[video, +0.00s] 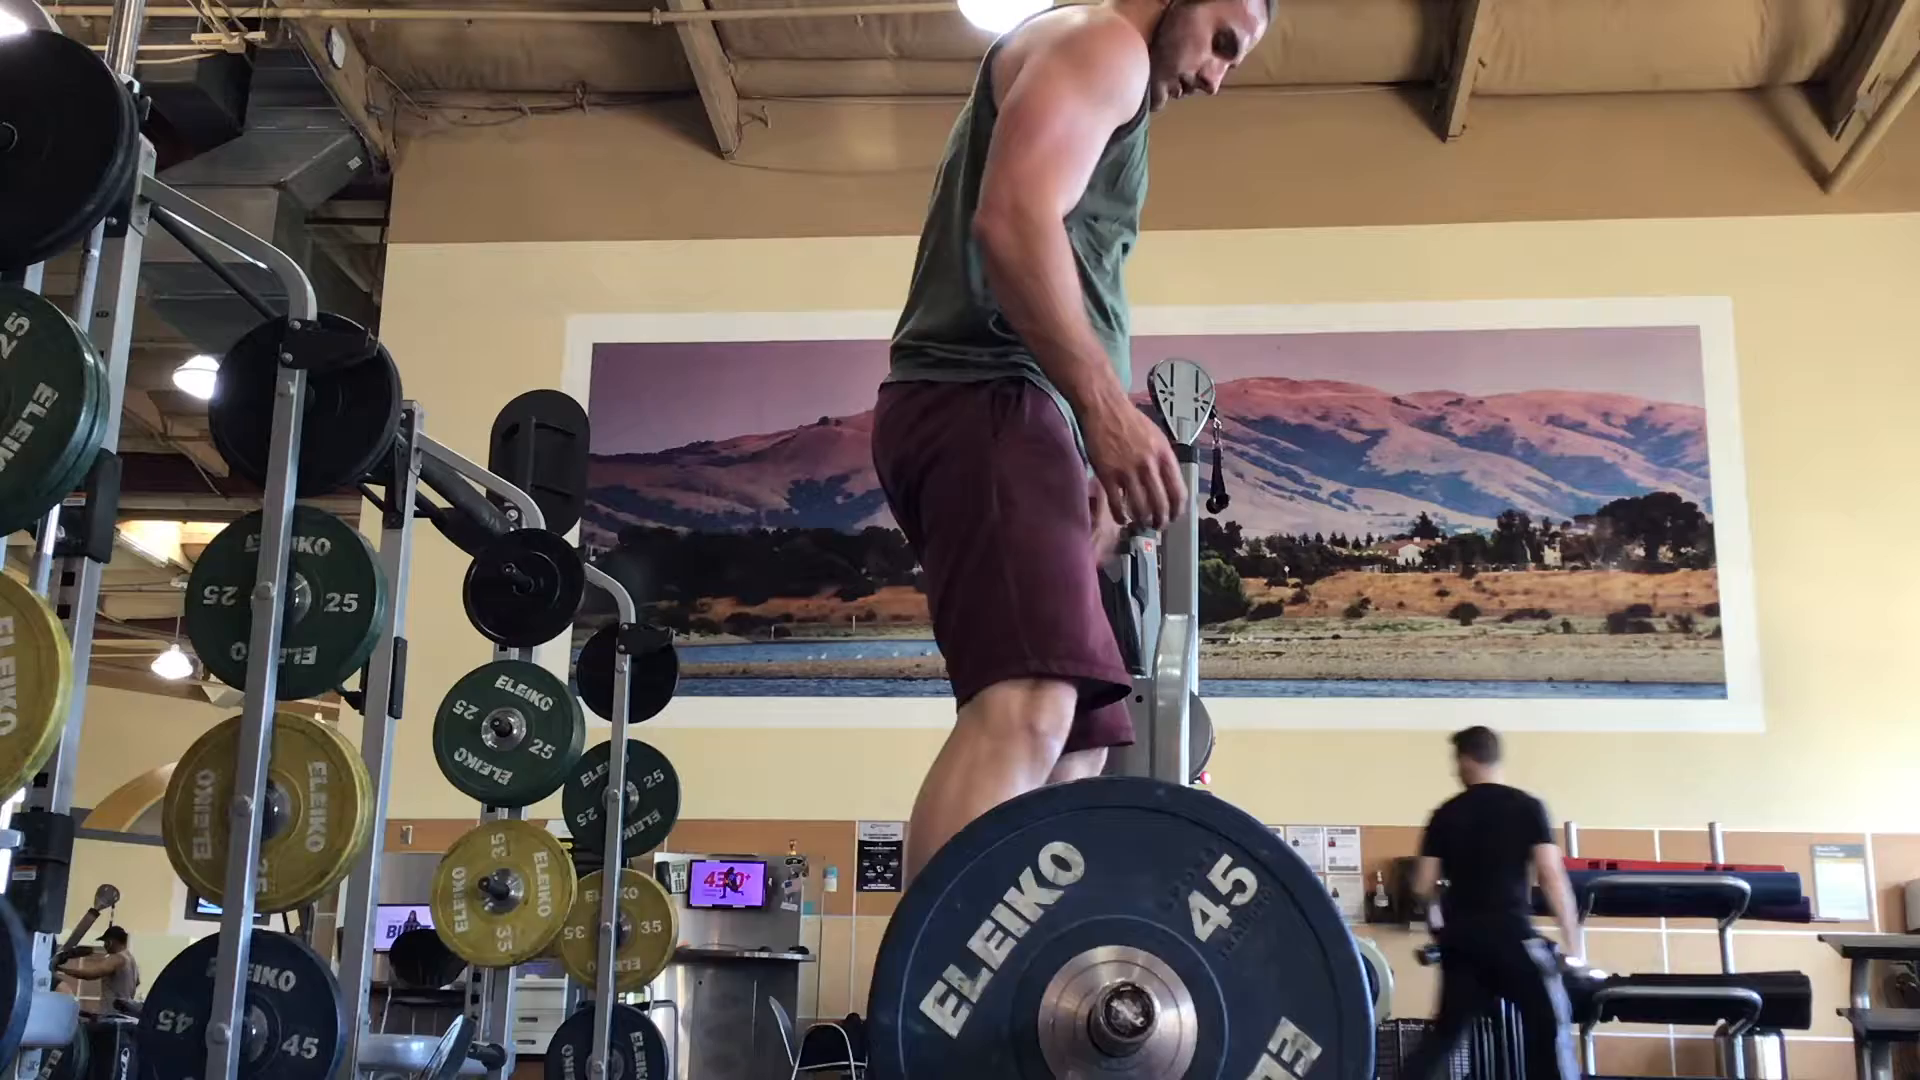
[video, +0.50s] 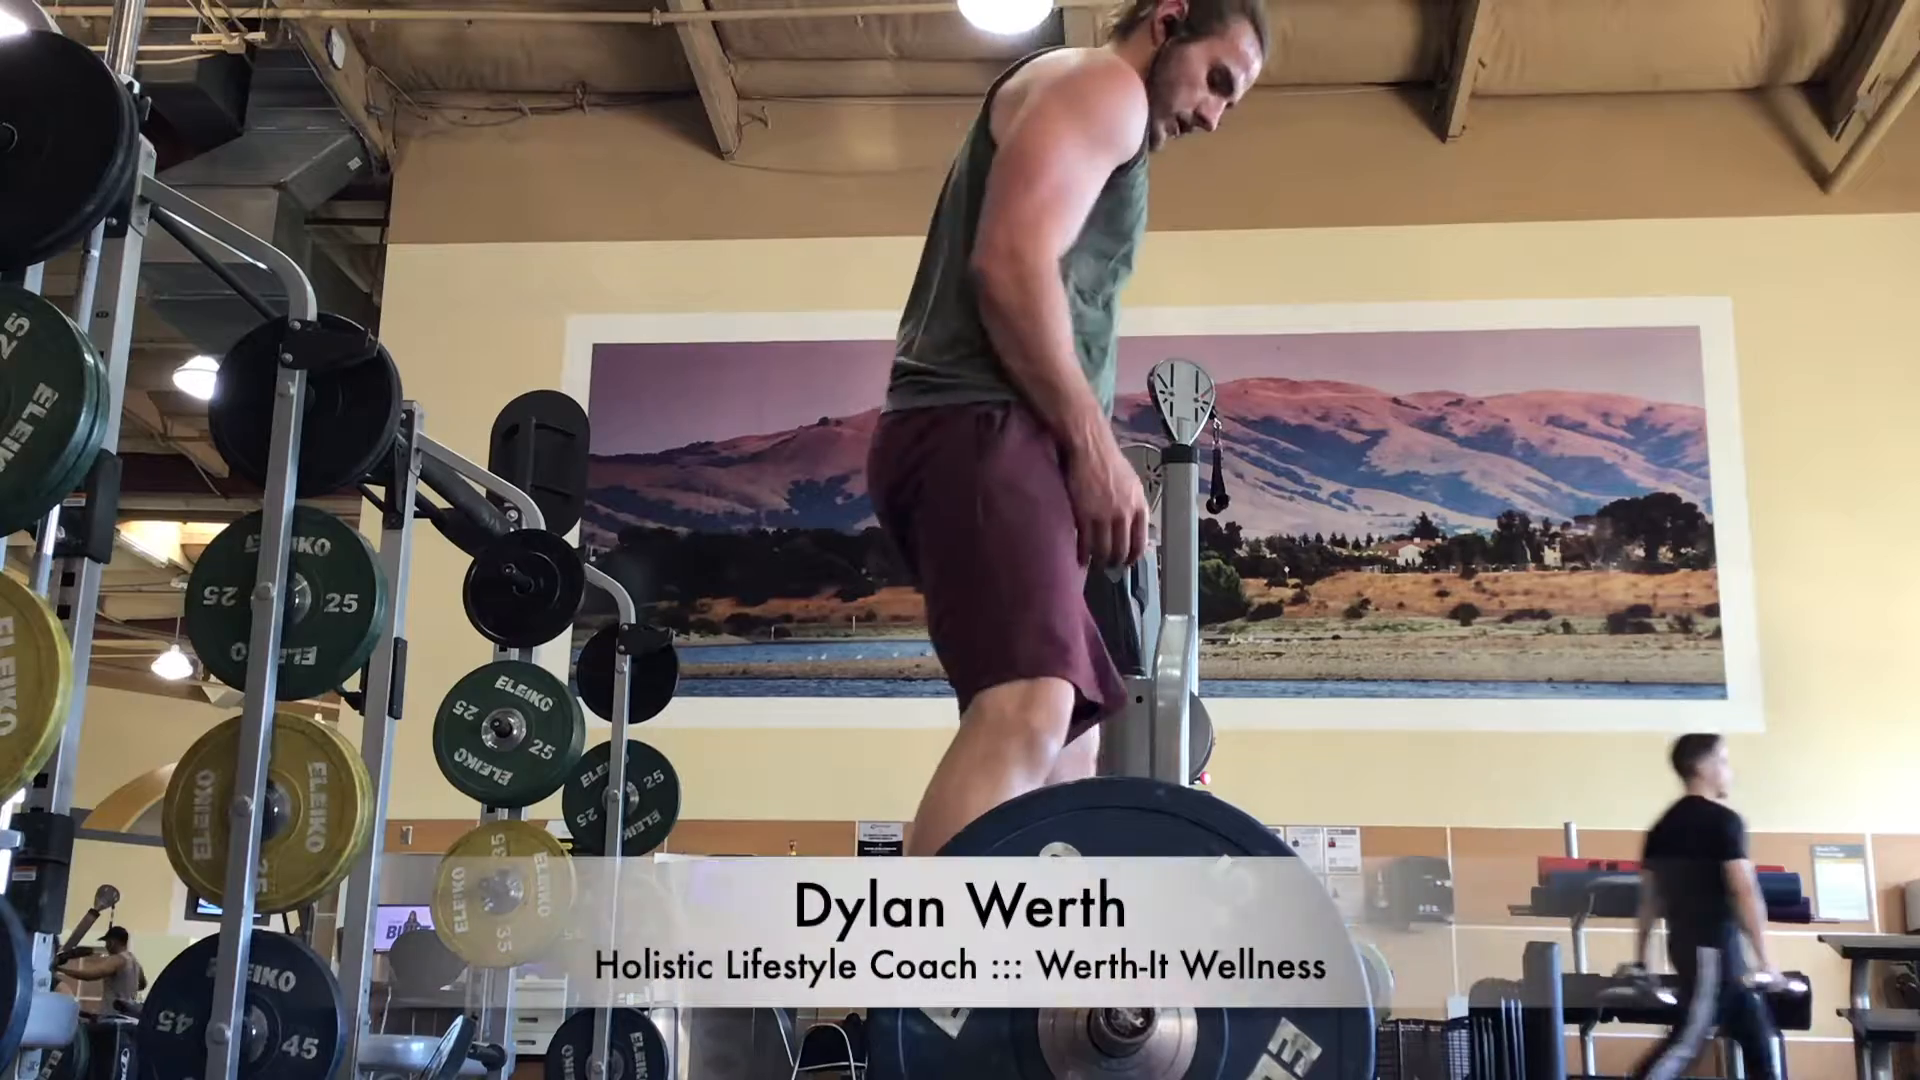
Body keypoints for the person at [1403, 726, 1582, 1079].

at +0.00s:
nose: (1456, 768)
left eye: (1457, 760)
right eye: (1457, 760)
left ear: (1465, 761)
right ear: (1498, 759)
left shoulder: (1445, 814)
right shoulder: (1527, 807)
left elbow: (1422, 885)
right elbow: (1552, 878)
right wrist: (1573, 947)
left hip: (1460, 939)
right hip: (1512, 939)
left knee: (1448, 1029)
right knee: (1551, 1024)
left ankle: (1412, 1073)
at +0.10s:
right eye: (1544, 755)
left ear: (1509, 760)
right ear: (1548, 756)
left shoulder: (1488, 814)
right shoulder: (1571, 808)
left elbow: (1466, 885)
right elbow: (1592, 879)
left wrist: (1473, 931)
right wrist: (1613, 948)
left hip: (1511, 938)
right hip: (1561, 939)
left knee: (1533, 1030)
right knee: (1590, 1025)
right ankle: (1586, 1075)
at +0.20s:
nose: (1596, 751)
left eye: (1592, 744)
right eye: (1592, 745)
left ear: (1552, 753)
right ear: (1585, 750)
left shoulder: (1527, 808)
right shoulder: (1606, 804)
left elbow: (1509, 879)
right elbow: (1630, 876)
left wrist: (1513, 935)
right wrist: (1651, 949)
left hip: (1550, 933)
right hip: (1595, 933)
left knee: (1588, 1027)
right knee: (1604, 1030)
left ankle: (1561, 1073)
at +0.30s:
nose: (1644, 756)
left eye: (1641, 747)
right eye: (1639, 747)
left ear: (1599, 755)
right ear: (1622, 751)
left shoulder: (1568, 810)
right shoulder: (1640, 806)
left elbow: (1554, 879)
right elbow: (1664, 875)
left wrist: (1556, 939)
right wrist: (1687, 948)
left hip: (1587, 931)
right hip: (1628, 930)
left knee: (1653, 1024)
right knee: (1620, 1025)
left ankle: (1656, 1073)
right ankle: (1598, 1075)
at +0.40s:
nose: (1687, 766)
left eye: (1686, 756)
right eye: (1682, 756)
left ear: (1645, 764)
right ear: (1659, 761)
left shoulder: (1613, 820)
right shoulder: (1679, 815)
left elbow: (1601, 891)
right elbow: (1704, 888)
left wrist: (1597, 949)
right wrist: (1728, 956)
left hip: (1630, 934)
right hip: (1664, 937)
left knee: (1695, 1026)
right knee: (1642, 1031)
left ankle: (1717, 1074)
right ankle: (1607, 1076)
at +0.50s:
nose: (1729, 769)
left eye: (1726, 760)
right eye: (1722, 761)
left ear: (1688, 770)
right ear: (1701, 767)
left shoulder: (1661, 827)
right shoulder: (1723, 820)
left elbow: (1649, 900)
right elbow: (1743, 891)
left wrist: (1642, 960)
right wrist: (1765, 959)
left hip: (1684, 941)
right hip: (1715, 942)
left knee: (1759, 1035)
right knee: (1691, 1037)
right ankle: (1641, 1075)